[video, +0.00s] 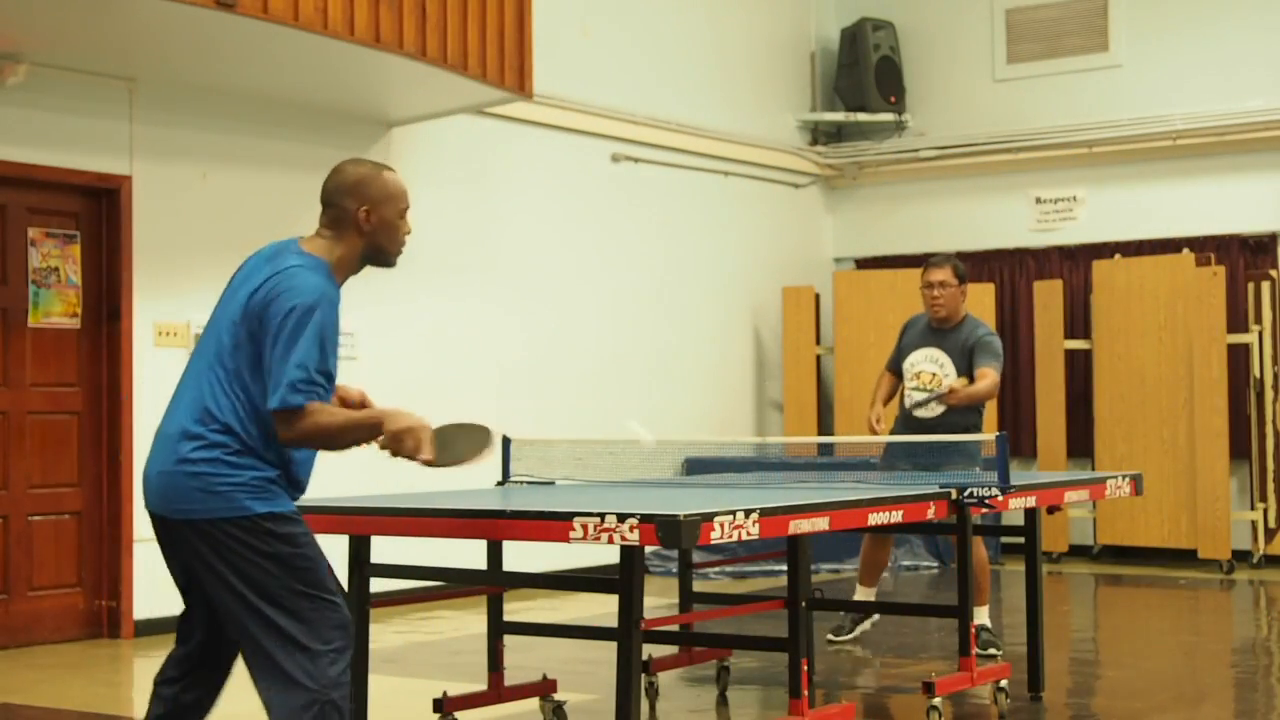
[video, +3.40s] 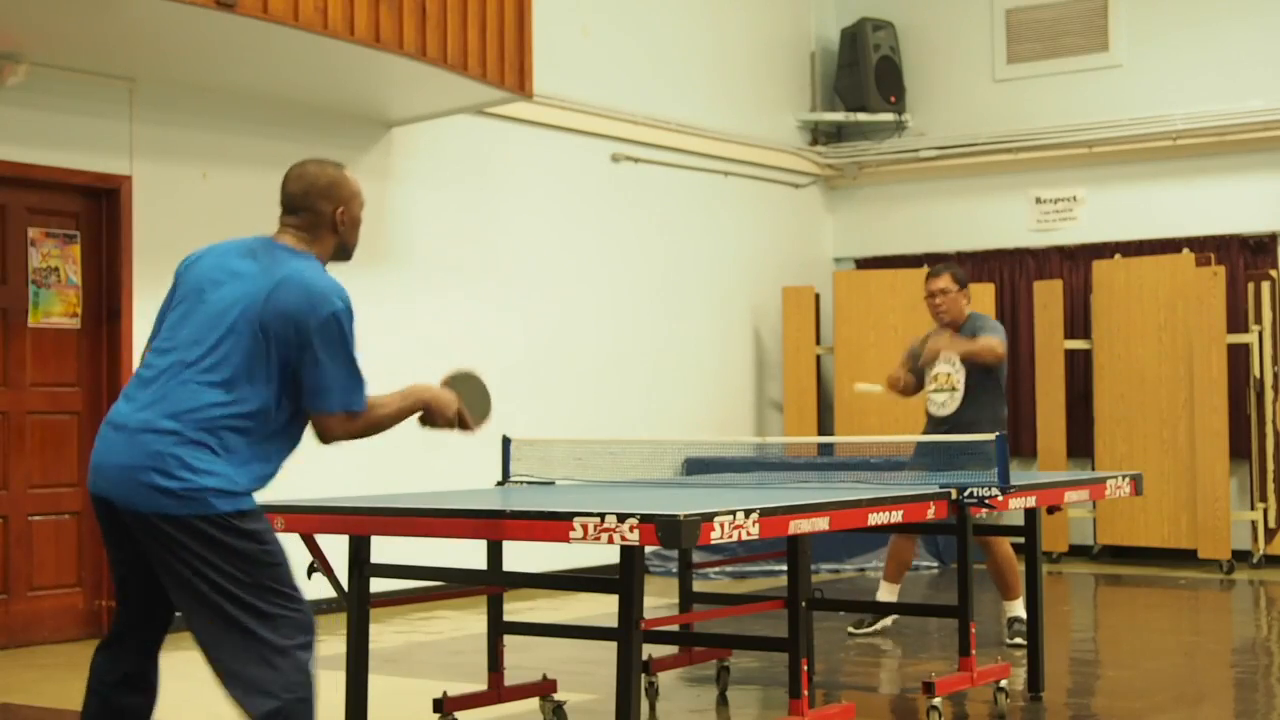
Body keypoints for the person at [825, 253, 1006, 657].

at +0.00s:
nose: (934, 294)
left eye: (943, 287)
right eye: (928, 287)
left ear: (963, 291)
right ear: (922, 292)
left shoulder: (981, 336)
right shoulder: (914, 328)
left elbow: (989, 384)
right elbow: (893, 372)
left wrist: (961, 395)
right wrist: (877, 404)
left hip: (956, 452)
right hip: (904, 448)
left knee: (967, 533)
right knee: (879, 524)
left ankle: (981, 622)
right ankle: (861, 606)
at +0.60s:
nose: (892, 319)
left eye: (899, 310)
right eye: (886, 313)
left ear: (921, 307)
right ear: (882, 314)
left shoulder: (947, 337)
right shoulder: (889, 346)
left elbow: (965, 372)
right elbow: (869, 390)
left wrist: (914, 374)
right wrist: (852, 399)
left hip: (945, 454)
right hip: (898, 455)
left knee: (956, 535)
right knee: (870, 533)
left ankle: (988, 624)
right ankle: (866, 617)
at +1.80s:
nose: (931, 295)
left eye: (940, 288)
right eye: (925, 289)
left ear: (960, 291)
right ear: (919, 293)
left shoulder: (981, 335)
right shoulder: (916, 335)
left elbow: (987, 384)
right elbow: (896, 382)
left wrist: (956, 406)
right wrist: (890, 402)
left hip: (968, 451)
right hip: (920, 449)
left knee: (979, 532)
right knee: (901, 527)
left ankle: (1003, 618)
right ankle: (888, 611)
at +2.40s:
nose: (914, 309)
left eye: (921, 301)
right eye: (908, 303)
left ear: (943, 300)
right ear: (904, 306)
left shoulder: (969, 333)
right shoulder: (910, 344)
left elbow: (987, 371)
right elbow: (894, 394)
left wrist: (930, 386)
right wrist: (880, 389)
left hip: (965, 452)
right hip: (917, 452)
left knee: (979, 532)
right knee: (892, 528)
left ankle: (1003, 620)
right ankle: (888, 614)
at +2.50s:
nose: (912, 300)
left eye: (919, 292)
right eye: (907, 294)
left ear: (941, 291)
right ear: (903, 298)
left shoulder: (965, 321)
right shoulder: (909, 335)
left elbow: (965, 346)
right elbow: (886, 386)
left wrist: (931, 343)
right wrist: (874, 369)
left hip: (964, 445)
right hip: (917, 445)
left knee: (977, 529)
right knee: (890, 521)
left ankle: (1003, 618)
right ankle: (884, 607)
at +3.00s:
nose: (908, 296)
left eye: (916, 288)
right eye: (901, 289)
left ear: (934, 291)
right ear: (895, 295)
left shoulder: (959, 333)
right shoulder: (888, 341)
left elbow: (984, 380)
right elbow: (866, 387)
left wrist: (951, 395)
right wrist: (872, 404)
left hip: (956, 448)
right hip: (905, 449)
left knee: (983, 525)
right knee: (890, 526)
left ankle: (1016, 613)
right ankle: (884, 612)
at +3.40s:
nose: (936, 302)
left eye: (943, 294)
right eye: (930, 296)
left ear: (965, 294)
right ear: (926, 300)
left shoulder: (985, 328)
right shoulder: (927, 341)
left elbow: (994, 350)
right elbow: (911, 383)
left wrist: (952, 345)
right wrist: (899, 380)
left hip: (980, 447)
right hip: (934, 445)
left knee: (987, 529)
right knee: (906, 521)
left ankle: (1016, 614)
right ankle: (885, 605)